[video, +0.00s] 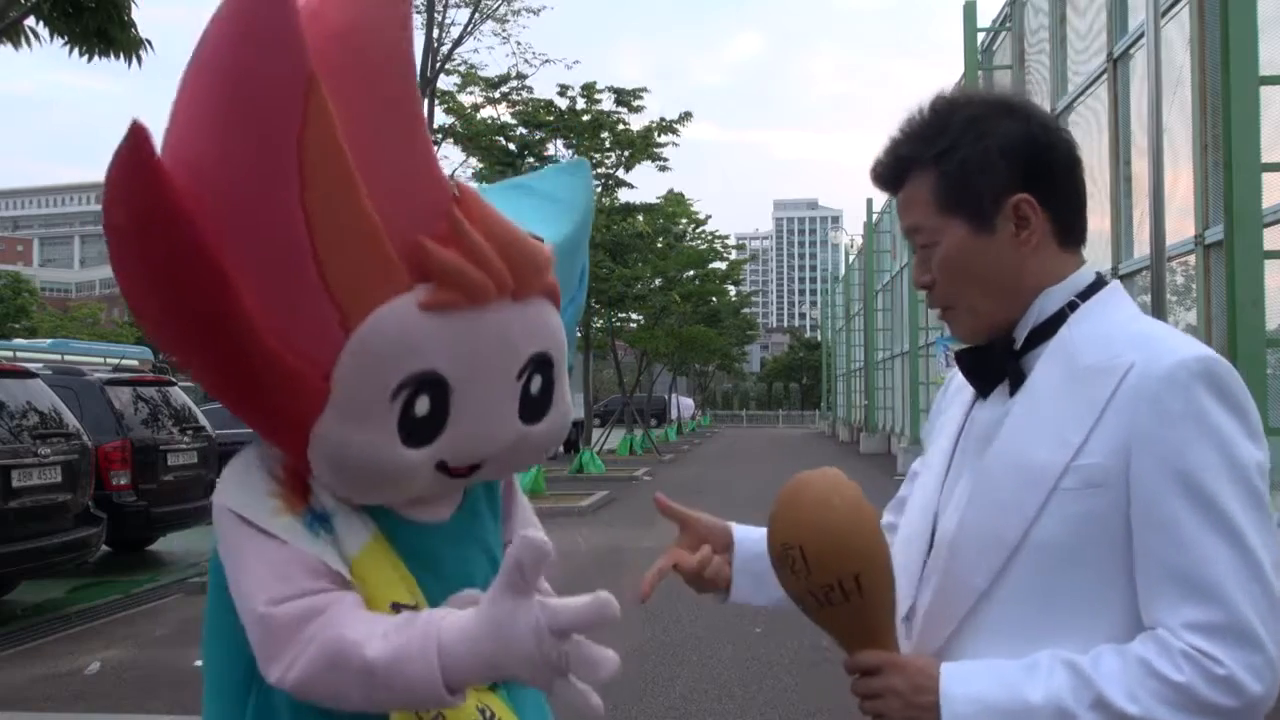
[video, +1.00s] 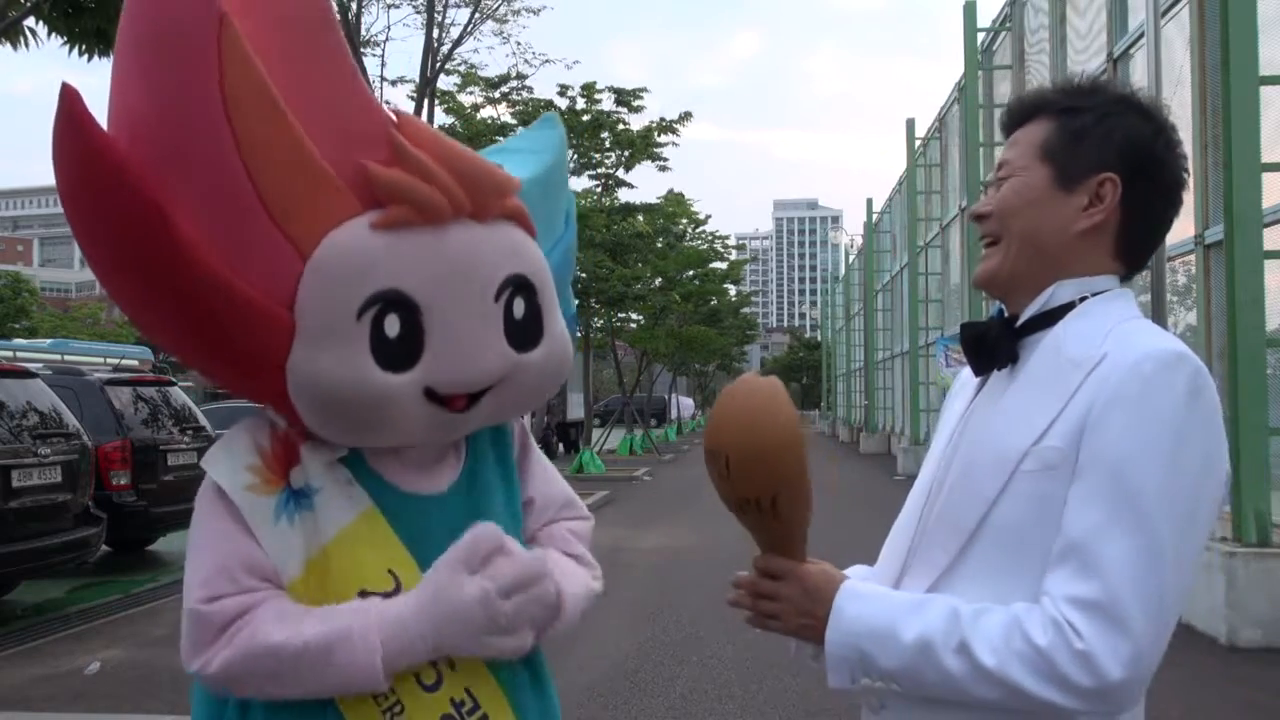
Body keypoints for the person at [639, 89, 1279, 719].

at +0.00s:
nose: (917, 278)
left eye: (927, 243)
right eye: (912, 250)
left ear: (1020, 222)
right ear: (1009, 226)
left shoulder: (1170, 382)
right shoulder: (976, 382)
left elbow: (1228, 668)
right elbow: (912, 565)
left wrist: (956, 692)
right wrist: (749, 559)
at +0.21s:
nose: (915, 277)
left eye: (924, 246)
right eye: (909, 253)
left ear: (1017, 219)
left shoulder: (1170, 378)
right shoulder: (965, 385)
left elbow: (1232, 662)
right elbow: (895, 556)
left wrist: (963, 693)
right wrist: (745, 565)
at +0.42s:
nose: (927, 238)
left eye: (944, 204)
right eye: (929, 209)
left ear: (1041, 207)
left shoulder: (1159, 375)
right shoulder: (964, 376)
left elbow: (1203, 663)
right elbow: (905, 576)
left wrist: (934, 687)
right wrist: (773, 594)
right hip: (907, 712)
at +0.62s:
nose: (948, 226)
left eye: (970, 194)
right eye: (955, 201)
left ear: (1070, 202)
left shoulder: (1154, 375)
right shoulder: (974, 371)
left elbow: (1142, 662)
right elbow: (931, 567)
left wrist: (870, 645)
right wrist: (820, 585)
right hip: (897, 707)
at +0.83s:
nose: (970, 214)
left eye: (995, 183)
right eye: (980, 189)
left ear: (1089, 201)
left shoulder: (1149, 374)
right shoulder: (981, 372)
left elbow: (1098, 659)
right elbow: (930, 568)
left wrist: (848, 623)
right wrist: (822, 588)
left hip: (1008, 710)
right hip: (902, 702)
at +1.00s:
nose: (977, 208)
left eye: (1004, 178)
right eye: (990, 184)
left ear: (1095, 201)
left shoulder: (1150, 373)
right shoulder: (983, 372)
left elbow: (1093, 658)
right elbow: (935, 576)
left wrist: (846, 619)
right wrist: (828, 597)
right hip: (901, 702)